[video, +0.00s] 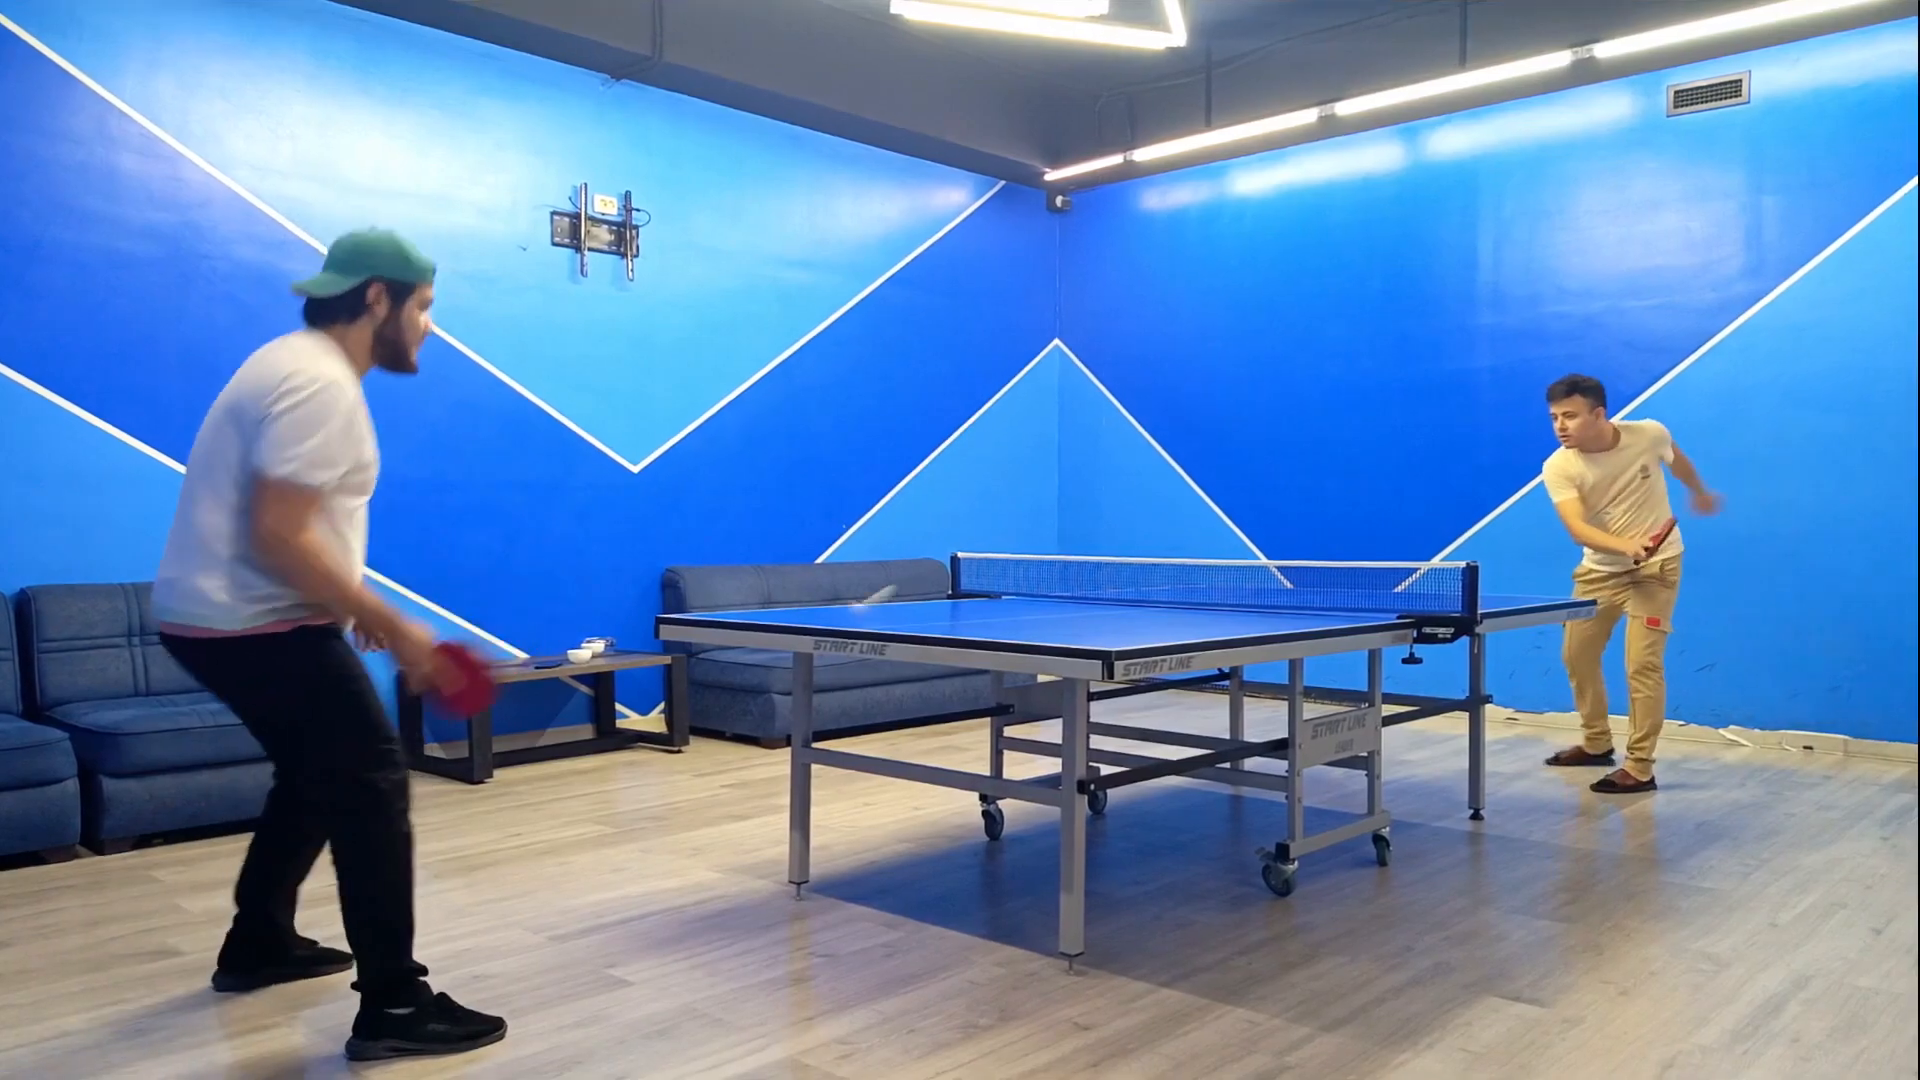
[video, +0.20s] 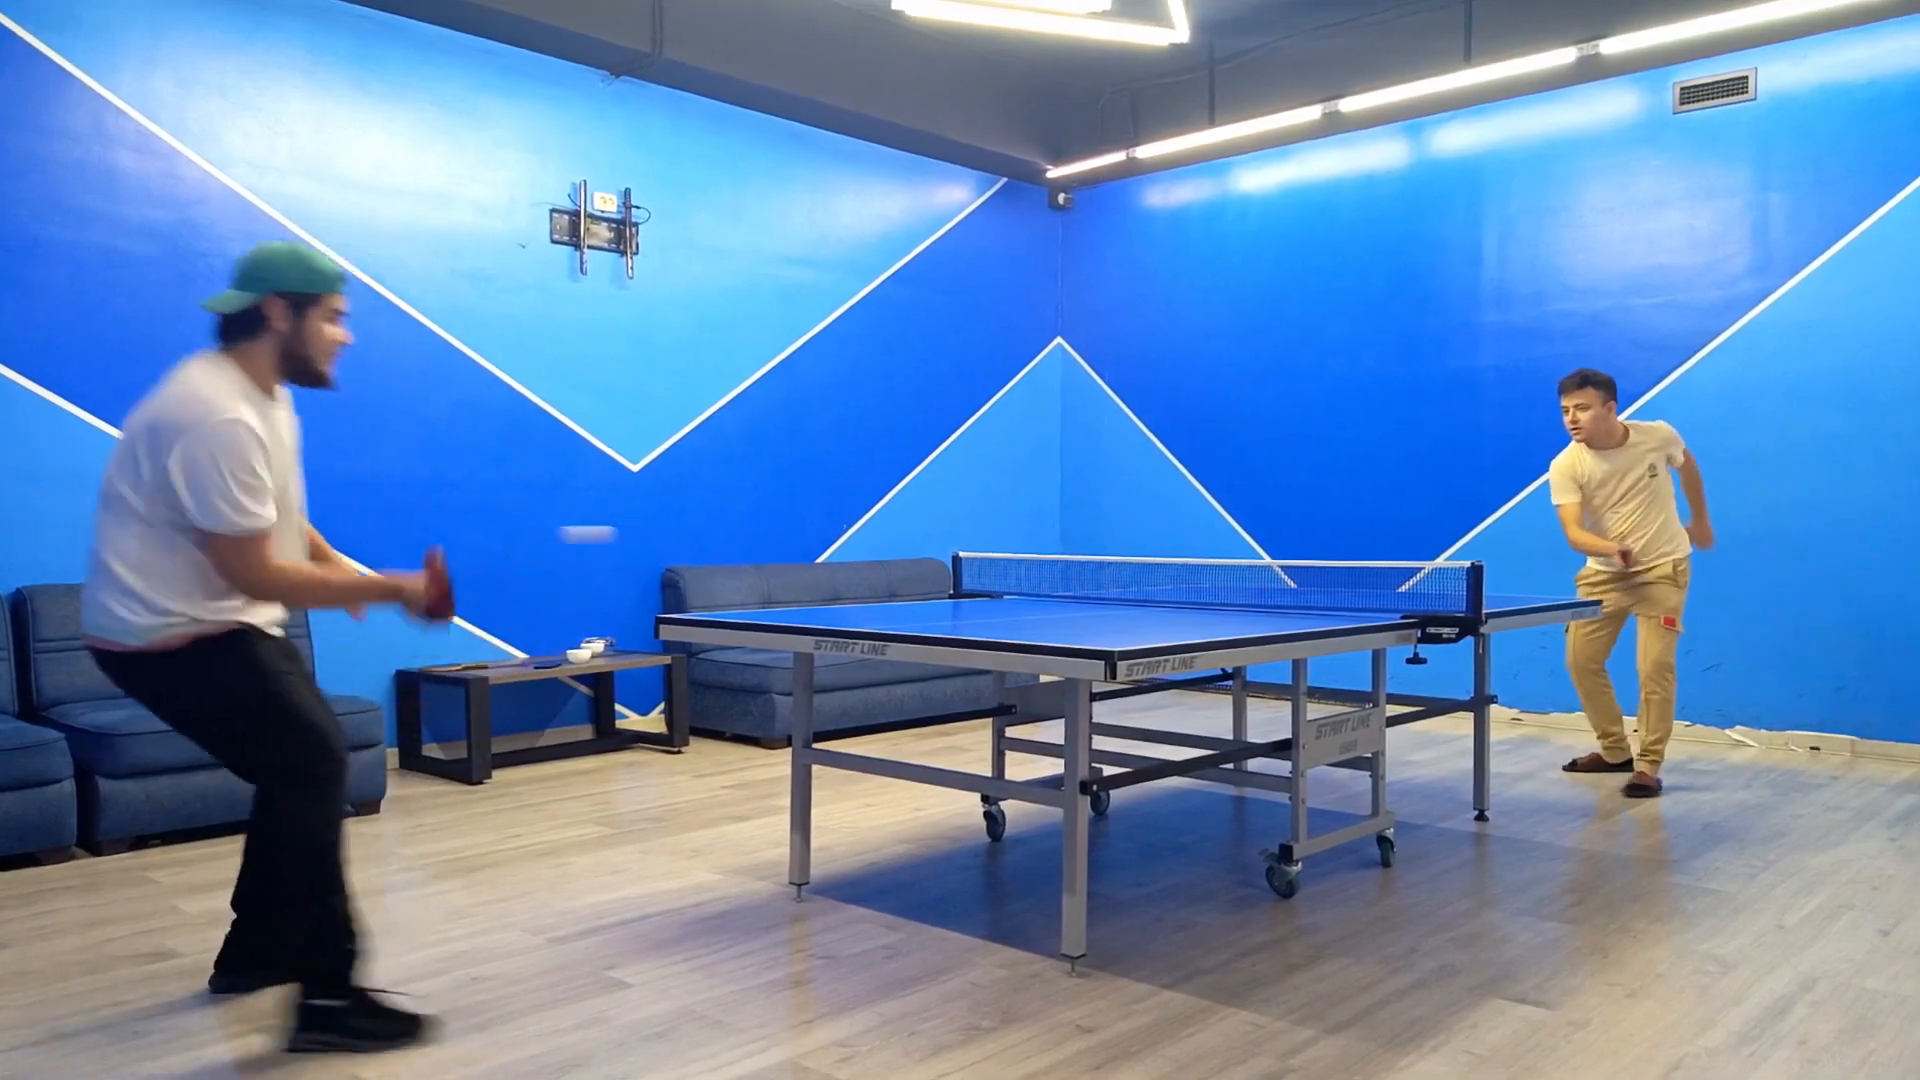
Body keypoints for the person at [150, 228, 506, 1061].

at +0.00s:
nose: (429, 325)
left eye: (430, 308)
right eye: (423, 307)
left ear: (364, 302)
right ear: (378, 301)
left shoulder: (293, 364)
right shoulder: (320, 384)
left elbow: (277, 521)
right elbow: (281, 535)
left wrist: (345, 603)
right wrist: (398, 631)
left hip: (223, 614)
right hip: (255, 621)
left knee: (316, 770)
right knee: (373, 777)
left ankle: (258, 942)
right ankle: (394, 999)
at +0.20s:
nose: (344, 335)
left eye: (343, 318)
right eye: (332, 317)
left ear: (283, 318)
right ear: (276, 316)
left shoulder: (266, 398)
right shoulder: (215, 415)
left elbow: (294, 541)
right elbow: (255, 575)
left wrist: (383, 590)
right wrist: (398, 590)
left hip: (228, 616)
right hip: (166, 632)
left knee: (307, 752)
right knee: (312, 757)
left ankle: (256, 950)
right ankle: (327, 999)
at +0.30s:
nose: (284, 296)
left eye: (283, 278)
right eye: (271, 276)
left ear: (212, 277)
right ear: (215, 273)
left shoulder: (129, 340)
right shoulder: (190, 382)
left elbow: (165, 441)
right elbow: (298, 507)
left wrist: (244, 507)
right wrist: (425, 546)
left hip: (103, 594)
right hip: (124, 607)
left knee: (243, 741)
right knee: (244, 745)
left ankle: (253, 939)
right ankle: (192, 978)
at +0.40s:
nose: (210, 257)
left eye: (209, 240)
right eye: (197, 239)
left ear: (131, 242)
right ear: (139, 237)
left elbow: (57, 438)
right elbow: (258, 455)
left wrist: (150, 497)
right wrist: (328, 508)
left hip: (25, 598)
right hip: (94, 608)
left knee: (123, 776)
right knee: (137, 782)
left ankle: (205, 932)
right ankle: (39, 981)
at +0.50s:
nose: (136, 247)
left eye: (134, 230)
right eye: (120, 229)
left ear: (53, 234)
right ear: (59, 231)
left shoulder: (14, 312)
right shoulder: (90, 336)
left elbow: (25, 452)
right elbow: (177, 457)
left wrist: (90, 530)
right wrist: (205, 503)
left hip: (15, 616)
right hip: (40, 624)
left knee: (32, 788)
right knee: (94, 777)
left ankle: (25, 987)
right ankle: (25, 996)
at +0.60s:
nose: (59, 250)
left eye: (56, 234)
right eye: (41, 234)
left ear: (16, 248)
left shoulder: (10, 340)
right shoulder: (25, 348)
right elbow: (103, 476)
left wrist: (26, 570)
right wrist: (120, 519)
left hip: (9, 622)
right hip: (5, 627)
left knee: (41, 790)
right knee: (64, 787)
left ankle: (15, 992)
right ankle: (18, 996)